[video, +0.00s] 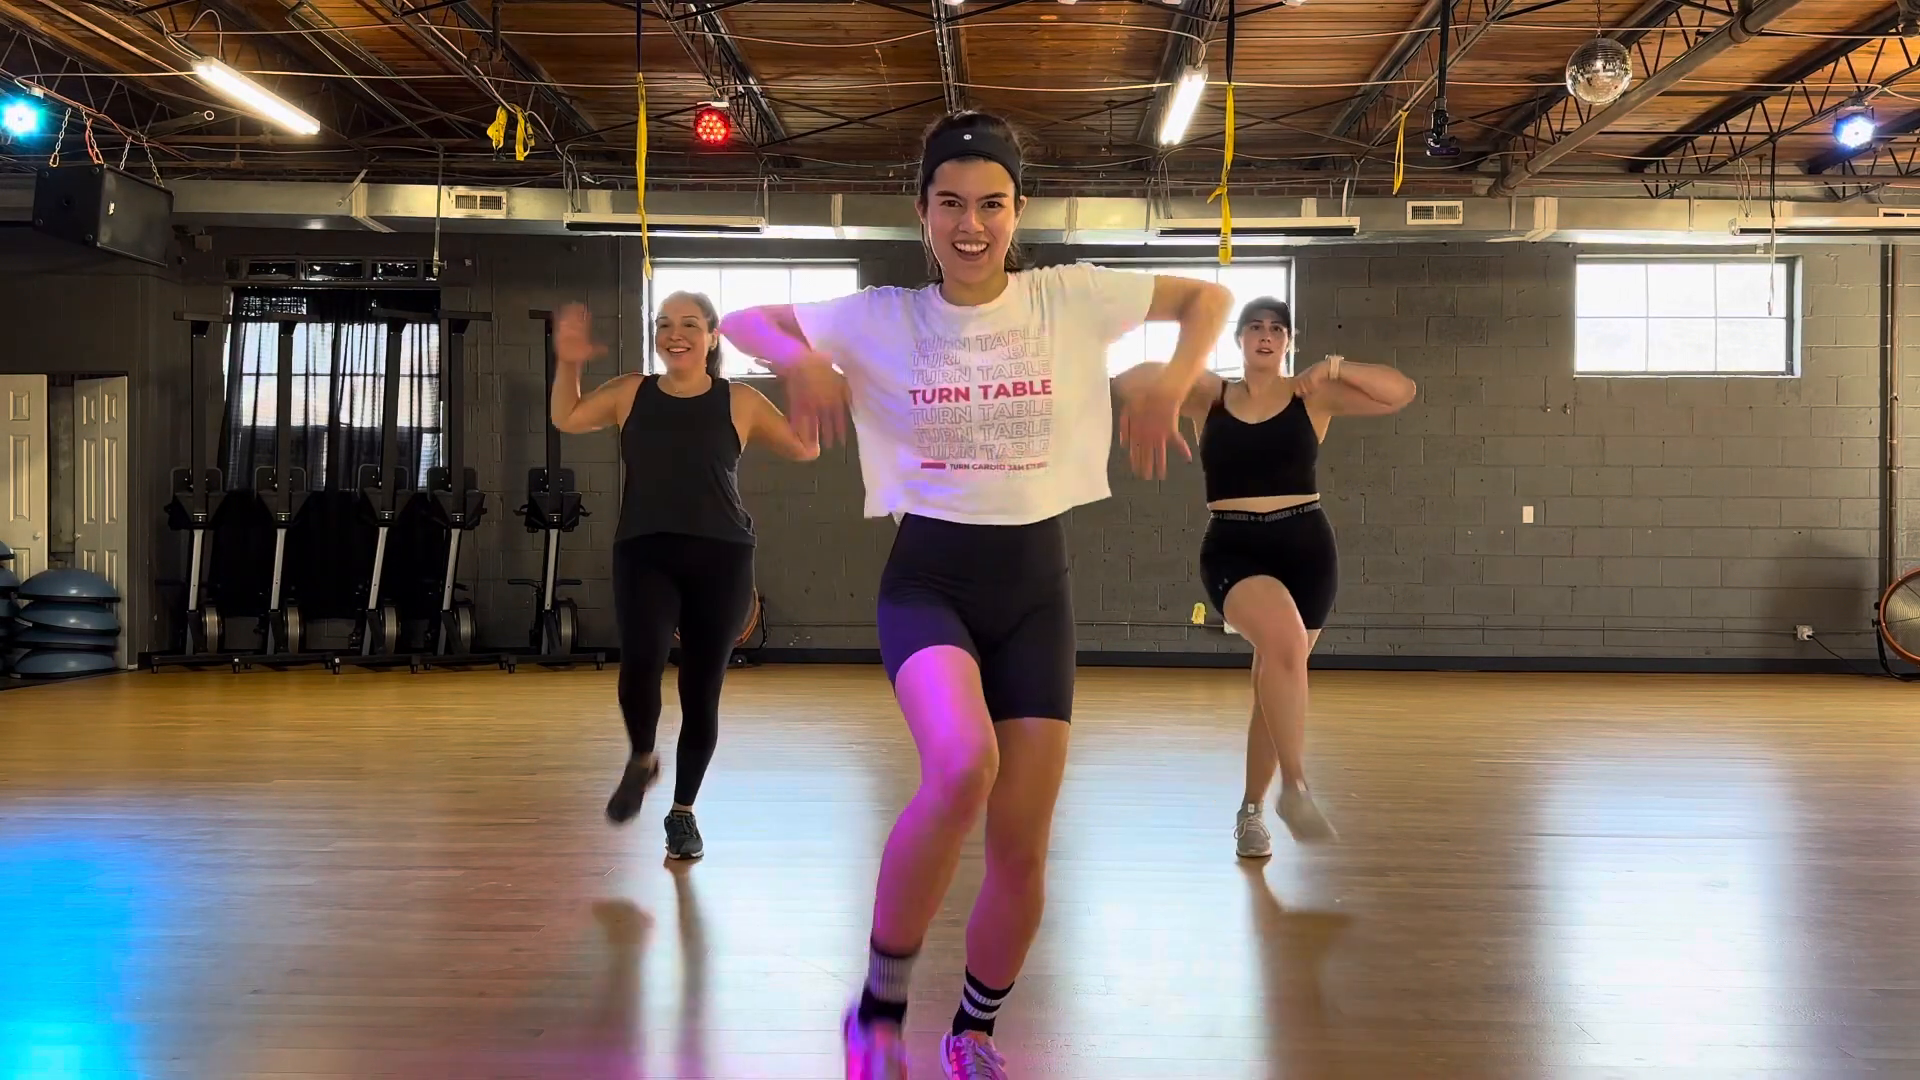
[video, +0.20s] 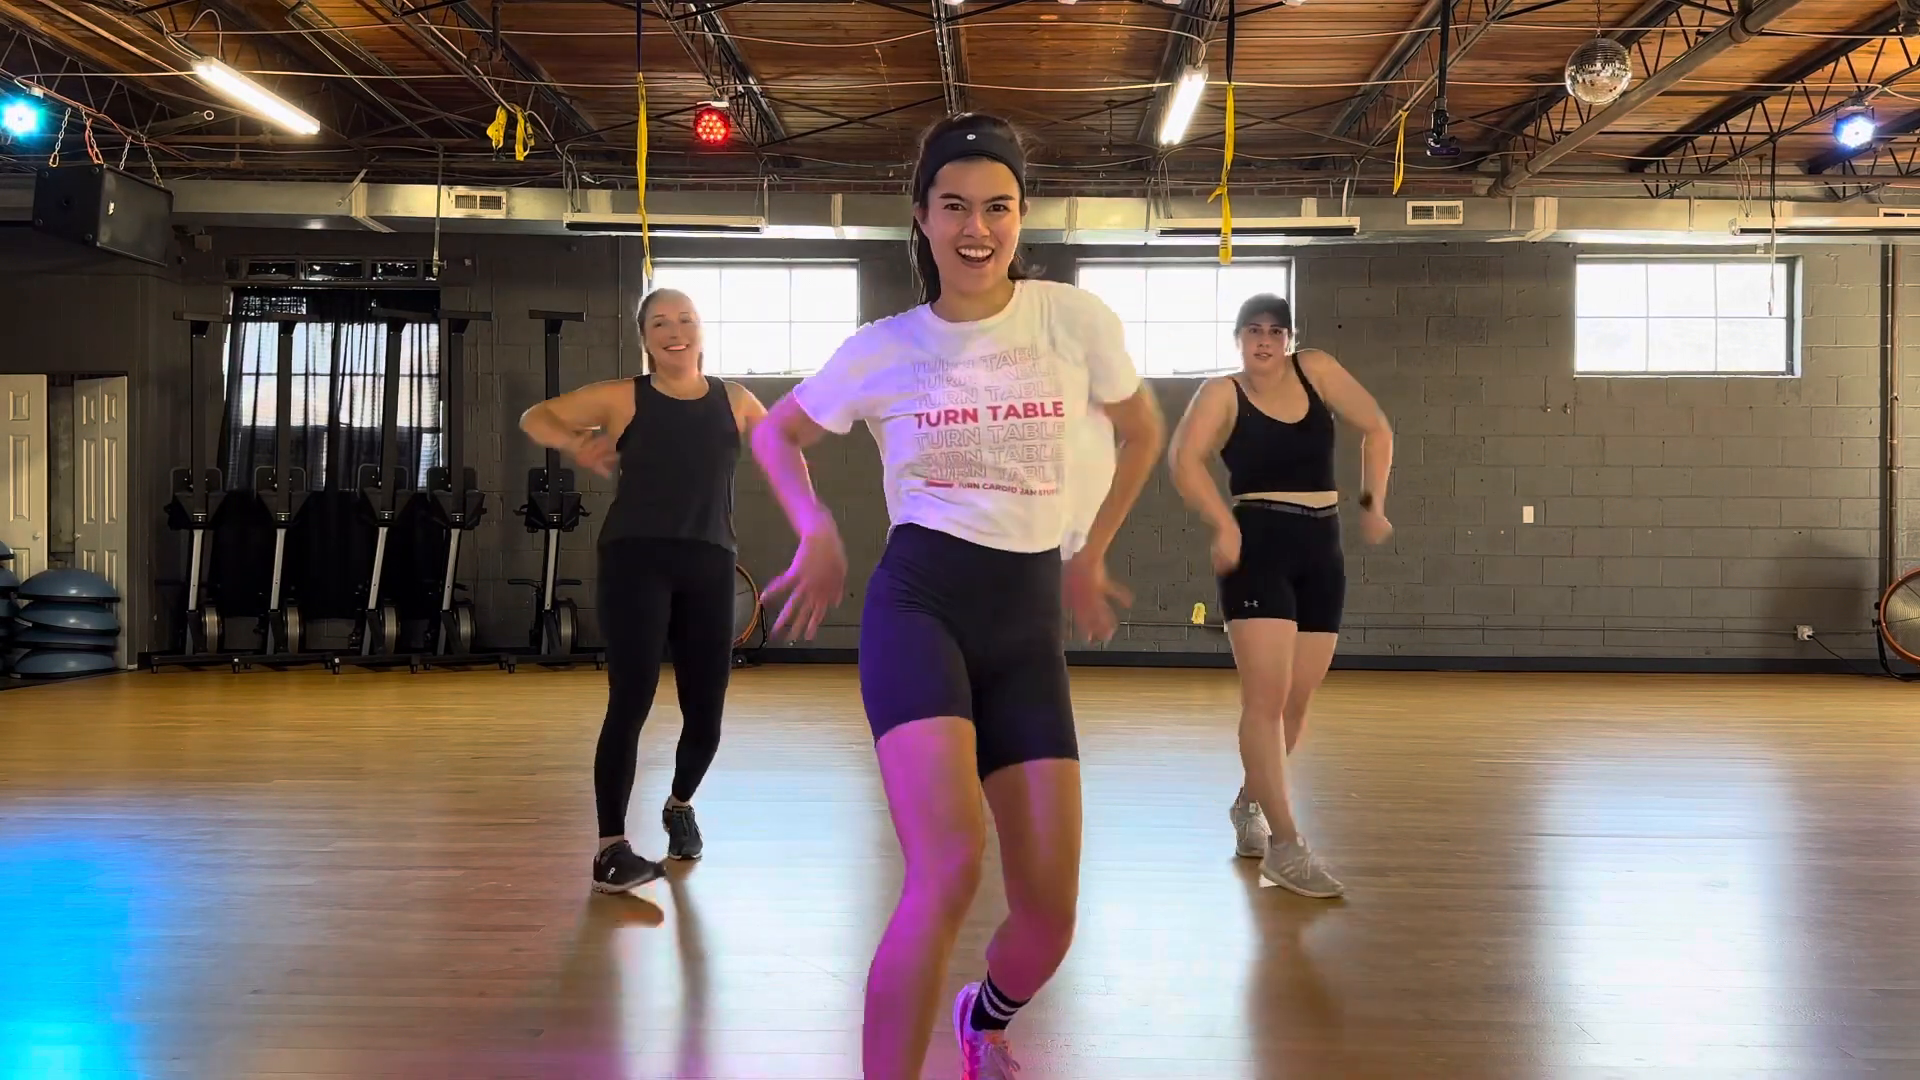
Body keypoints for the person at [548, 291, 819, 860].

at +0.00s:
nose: (677, 334)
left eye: (689, 326)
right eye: (667, 325)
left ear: (712, 336)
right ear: (656, 335)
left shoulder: (741, 400)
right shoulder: (630, 391)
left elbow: (806, 449)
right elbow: (567, 417)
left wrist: (820, 387)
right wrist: (568, 362)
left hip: (720, 557)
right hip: (644, 553)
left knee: (700, 691)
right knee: (641, 661)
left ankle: (685, 810)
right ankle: (642, 757)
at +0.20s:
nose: (678, 331)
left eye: (687, 320)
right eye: (662, 323)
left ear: (703, 332)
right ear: (645, 340)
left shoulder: (736, 400)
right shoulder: (619, 397)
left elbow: (789, 467)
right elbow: (533, 418)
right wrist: (575, 445)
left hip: (708, 566)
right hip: (635, 564)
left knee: (705, 717)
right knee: (630, 701)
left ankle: (681, 804)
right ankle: (611, 846)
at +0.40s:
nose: (690, 331)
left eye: (693, 320)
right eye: (674, 323)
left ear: (702, 330)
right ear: (644, 338)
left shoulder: (717, 400)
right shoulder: (625, 397)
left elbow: (709, 482)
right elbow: (546, 451)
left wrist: (747, 526)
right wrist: (570, 519)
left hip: (690, 568)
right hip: (628, 564)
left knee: (730, 701)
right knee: (628, 705)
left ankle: (653, 801)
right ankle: (613, 850)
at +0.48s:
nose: (701, 333)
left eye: (701, 322)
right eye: (686, 325)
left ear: (701, 328)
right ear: (650, 335)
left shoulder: (703, 396)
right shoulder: (629, 394)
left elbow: (686, 478)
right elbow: (558, 457)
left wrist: (710, 545)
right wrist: (573, 536)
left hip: (683, 570)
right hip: (633, 569)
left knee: (729, 693)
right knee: (631, 707)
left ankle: (653, 805)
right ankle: (612, 854)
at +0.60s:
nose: (713, 337)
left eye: (711, 326)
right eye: (704, 327)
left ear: (671, 334)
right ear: (668, 332)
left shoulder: (671, 395)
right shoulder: (646, 389)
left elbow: (651, 488)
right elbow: (592, 463)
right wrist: (603, 559)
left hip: (675, 570)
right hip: (650, 570)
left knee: (724, 686)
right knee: (637, 710)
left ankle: (657, 808)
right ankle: (609, 854)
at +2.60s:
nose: (687, 358)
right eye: (689, 349)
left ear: (641, 351)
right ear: (690, 355)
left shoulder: (600, 406)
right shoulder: (705, 418)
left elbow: (556, 478)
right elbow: (710, 498)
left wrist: (532, 546)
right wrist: (710, 574)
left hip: (604, 565)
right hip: (672, 566)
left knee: (638, 636)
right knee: (653, 690)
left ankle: (610, 681)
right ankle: (624, 806)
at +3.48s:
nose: (721, 368)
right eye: (720, 360)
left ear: (676, 366)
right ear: (719, 365)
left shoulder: (653, 421)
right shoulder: (737, 417)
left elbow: (611, 480)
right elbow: (771, 476)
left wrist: (566, 438)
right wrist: (832, 453)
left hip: (664, 558)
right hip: (725, 557)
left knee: (687, 662)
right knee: (744, 642)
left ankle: (700, 773)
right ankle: (704, 673)